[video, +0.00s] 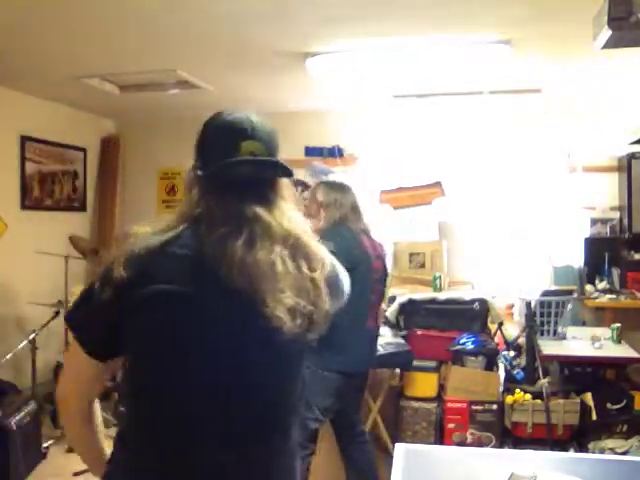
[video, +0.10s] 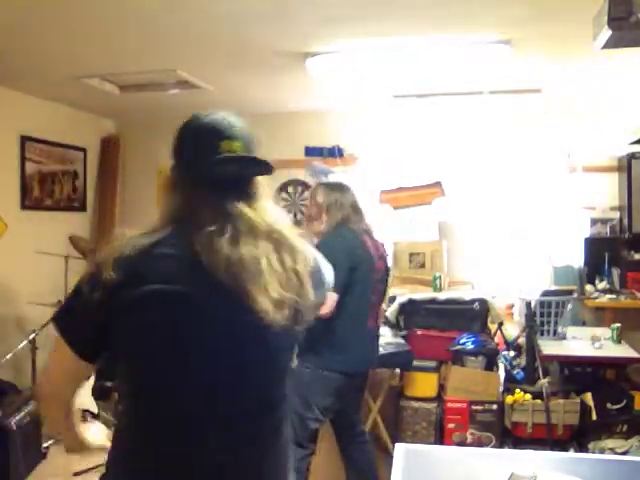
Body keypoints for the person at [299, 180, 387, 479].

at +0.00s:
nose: (310, 213)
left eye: (314, 206)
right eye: (310, 205)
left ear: (330, 207)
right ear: (350, 206)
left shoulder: (333, 242)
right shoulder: (371, 244)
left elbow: (312, 295)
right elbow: (373, 302)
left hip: (327, 354)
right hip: (359, 355)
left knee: (300, 440)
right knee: (352, 431)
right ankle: (367, 475)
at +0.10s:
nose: (310, 213)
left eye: (314, 206)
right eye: (311, 206)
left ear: (329, 208)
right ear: (350, 206)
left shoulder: (336, 242)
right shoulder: (370, 242)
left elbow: (324, 305)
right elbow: (372, 303)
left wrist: (286, 304)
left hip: (326, 358)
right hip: (358, 358)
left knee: (296, 442)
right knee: (351, 430)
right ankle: (366, 475)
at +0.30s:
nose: (307, 210)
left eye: (312, 203)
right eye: (308, 203)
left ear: (328, 207)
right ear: (349, 206)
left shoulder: (338, 240)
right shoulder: (368, 241)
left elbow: (324, 307)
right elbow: (362, 304)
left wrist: (280, 294)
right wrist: (311, 292)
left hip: (328, 361)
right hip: (358, 360)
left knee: (295, 445)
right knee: (352, 433)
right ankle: (367, 476)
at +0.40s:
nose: (308, 207)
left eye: (314, 201)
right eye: (310, 200)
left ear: (330, 207)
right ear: (349, 207)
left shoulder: (338, 240)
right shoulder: (368, 242)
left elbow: (325, 307)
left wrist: (279, 294)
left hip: (328, 361)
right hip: (358, 360)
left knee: (295, 445)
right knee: (352, 433)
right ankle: (368, 475)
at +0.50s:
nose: (308, 207)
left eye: (313, 201)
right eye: (309, 200)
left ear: (330, 207)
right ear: (349, 207)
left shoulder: (338, 241)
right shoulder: (367, 242)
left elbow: (326, 307)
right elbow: (361, 305)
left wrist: (280, 295)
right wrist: (310, 297)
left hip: (327, 362)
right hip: (358, 361)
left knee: (296, 445)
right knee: (352, 433)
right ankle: (368, 476)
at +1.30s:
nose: (308, 213)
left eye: (312, 206)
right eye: (309, 206)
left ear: (327, 210)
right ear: (349, 208)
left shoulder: (337, 243)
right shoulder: (365, 243)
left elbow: (322, 308)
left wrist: (275, 295)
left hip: (325, 363)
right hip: (355, 362)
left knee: (292, 446)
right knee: (351, 433)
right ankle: (368, 476)